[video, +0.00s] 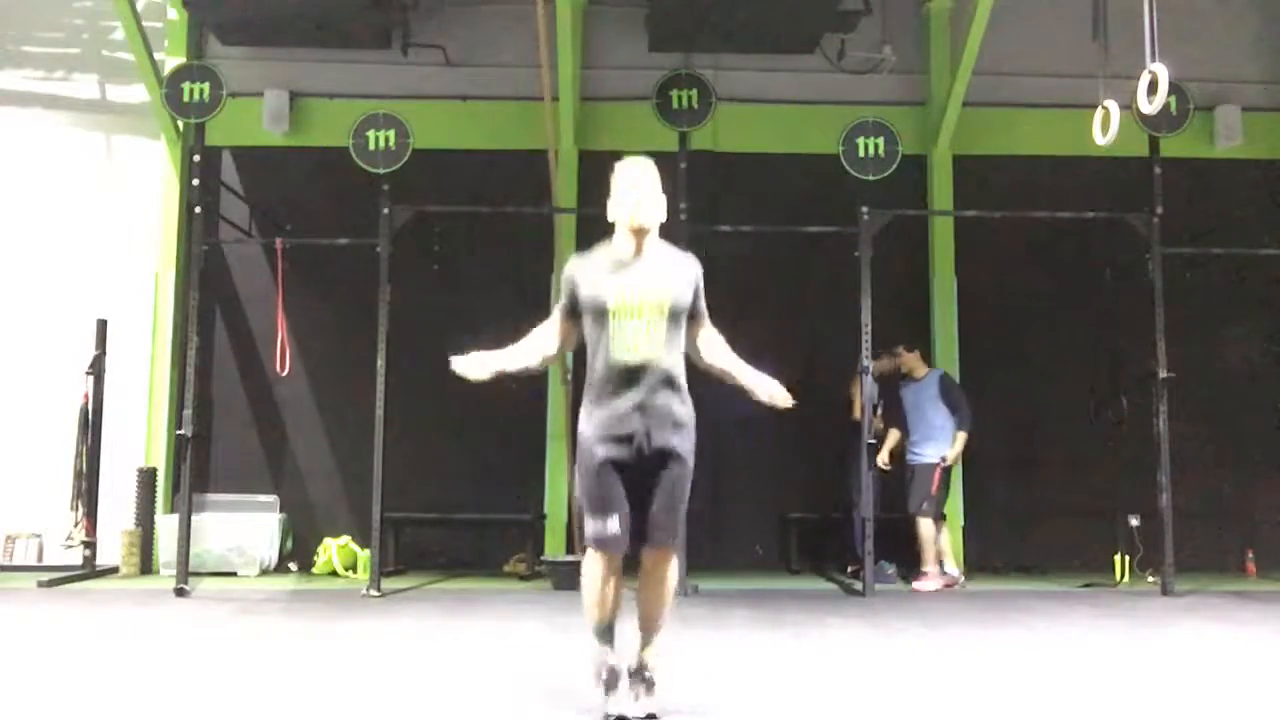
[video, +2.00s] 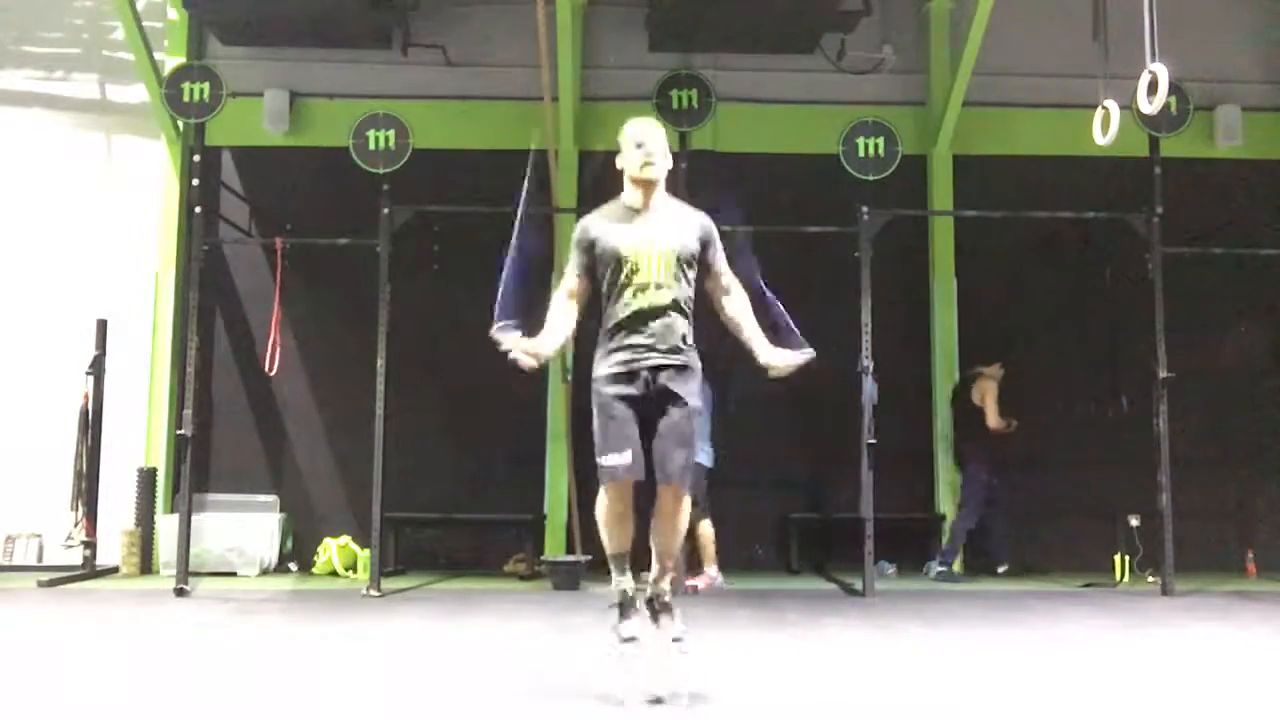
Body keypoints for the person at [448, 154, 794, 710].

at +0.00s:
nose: (642, 201)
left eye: (650, 191)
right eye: (632, 191)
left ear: (663, 202)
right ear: (612, 202)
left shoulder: (685, 269)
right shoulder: (582, 269)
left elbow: (704, 339)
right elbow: (554, 338)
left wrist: (752, 378)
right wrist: (496, 360)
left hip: (670, 421)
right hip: (603, 422)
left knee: (661, 546)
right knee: (606, 542)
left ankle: (644, 663)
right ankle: (604, 653)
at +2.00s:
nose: (648, 154)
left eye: (655, 147)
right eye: (637, 146)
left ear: (670, 159)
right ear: (619, 158)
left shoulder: (696, 224)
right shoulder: (593, 228)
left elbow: (727, 293)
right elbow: (571, 296)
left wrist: (764, 350)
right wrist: (544, 344)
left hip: (678, 364)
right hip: (616, 366)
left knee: (676, 477)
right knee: (618, 475)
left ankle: (662, 595)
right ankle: (623, 595)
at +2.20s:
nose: (649, 203)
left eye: (656, 194)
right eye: (639, 194)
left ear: (670, 205)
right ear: (620, 205)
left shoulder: (693, 269)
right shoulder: (592, 269)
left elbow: (714, 335)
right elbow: (562, 336)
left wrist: (764, 381)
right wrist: (505, 367)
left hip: (681, 416)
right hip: (617, 417)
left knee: (677, 532)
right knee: (624, 531)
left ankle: (660, 637)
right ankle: (619, 631)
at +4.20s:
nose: (648, 165)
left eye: (656, 157)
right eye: (638, 157)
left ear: (670, 170)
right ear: (620, 170)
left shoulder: (696, 234)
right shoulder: (594, 237)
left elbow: (728, 304)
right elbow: (565, 309)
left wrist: (775, 357)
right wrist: (524, 355)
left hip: (678, 374)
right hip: (616, 375)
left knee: (674, 493)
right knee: (619, 485)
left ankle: (664, 601)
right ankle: (618, 597)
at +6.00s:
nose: (657, 159)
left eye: (665, 152)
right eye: (647, 151)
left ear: (680, 165)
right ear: (631, 163)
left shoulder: (705, 228)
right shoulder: (604, 231)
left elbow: (732, 295)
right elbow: (580, 297)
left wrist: (761, 352)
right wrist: (558, 344)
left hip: (688, 370)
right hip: (626, 370)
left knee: (683, 483)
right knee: (629, 478)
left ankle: (671, 597)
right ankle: (628, 592)